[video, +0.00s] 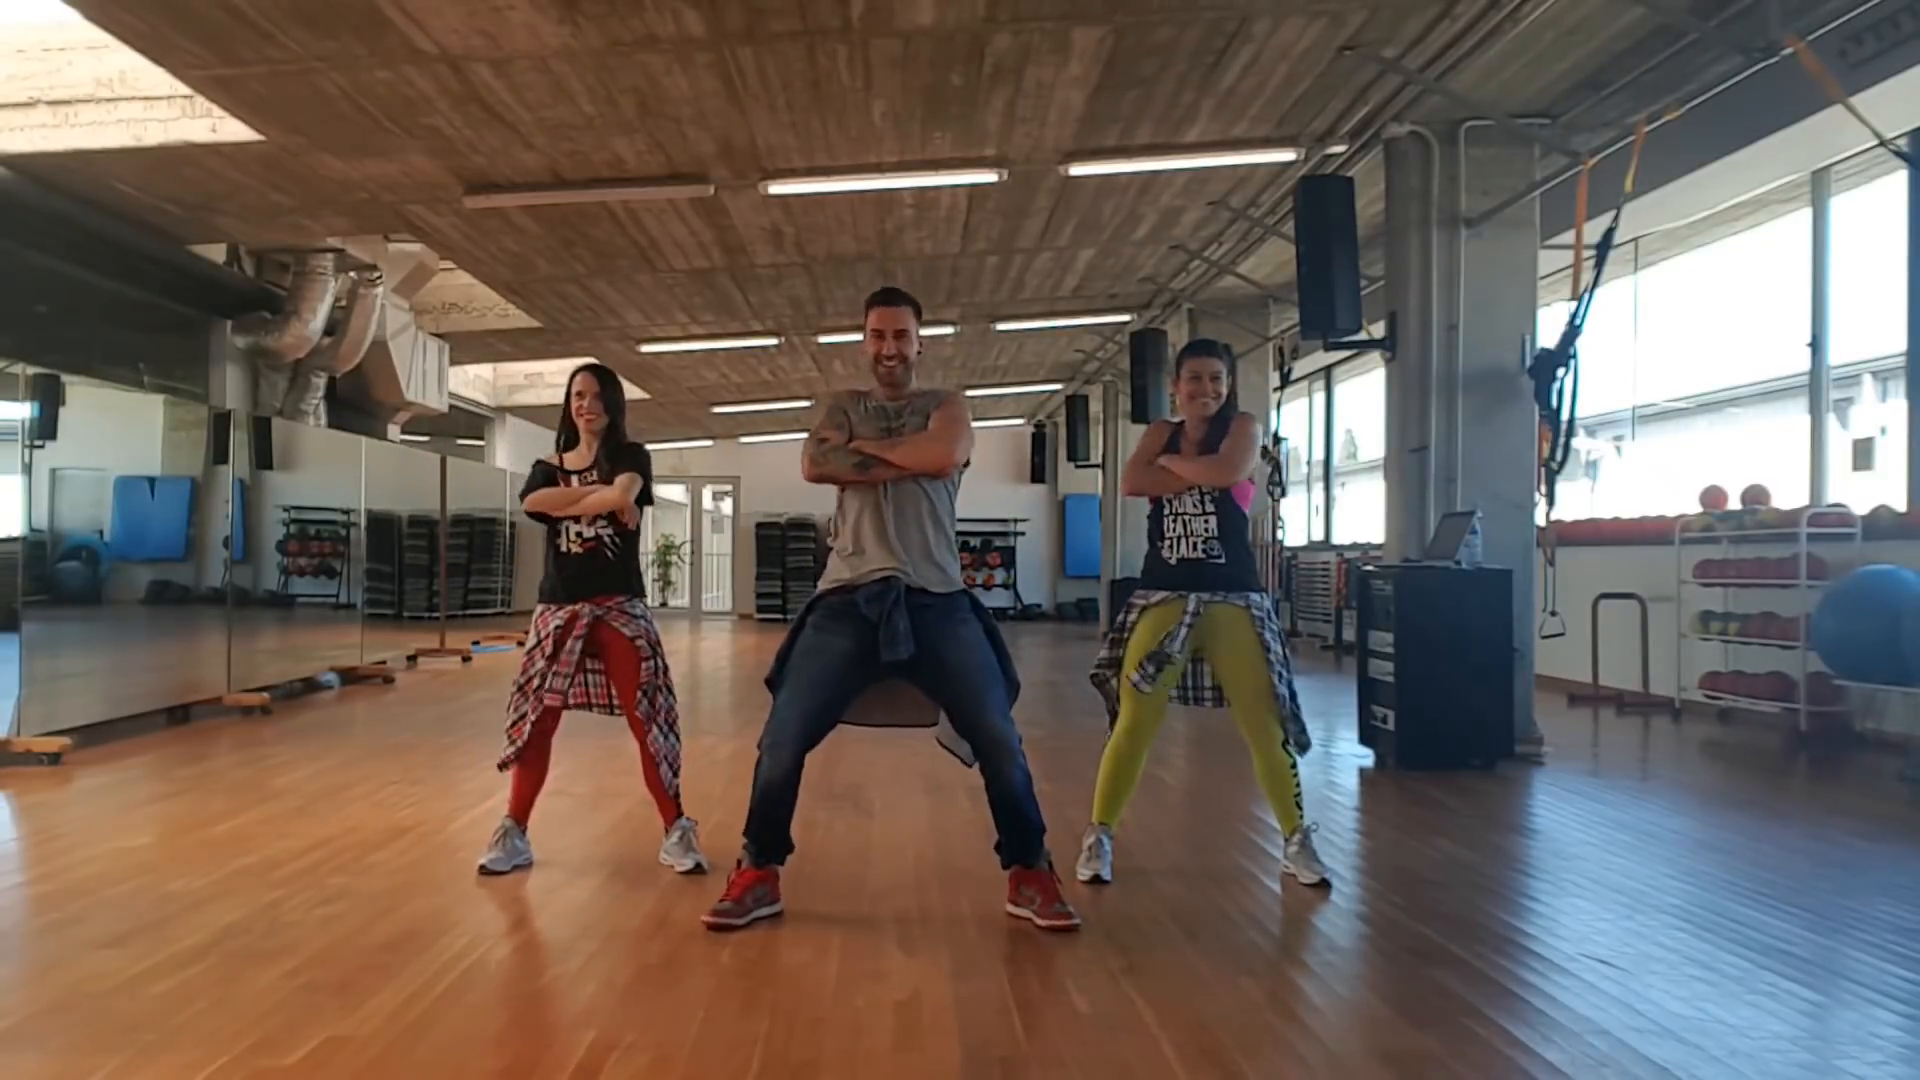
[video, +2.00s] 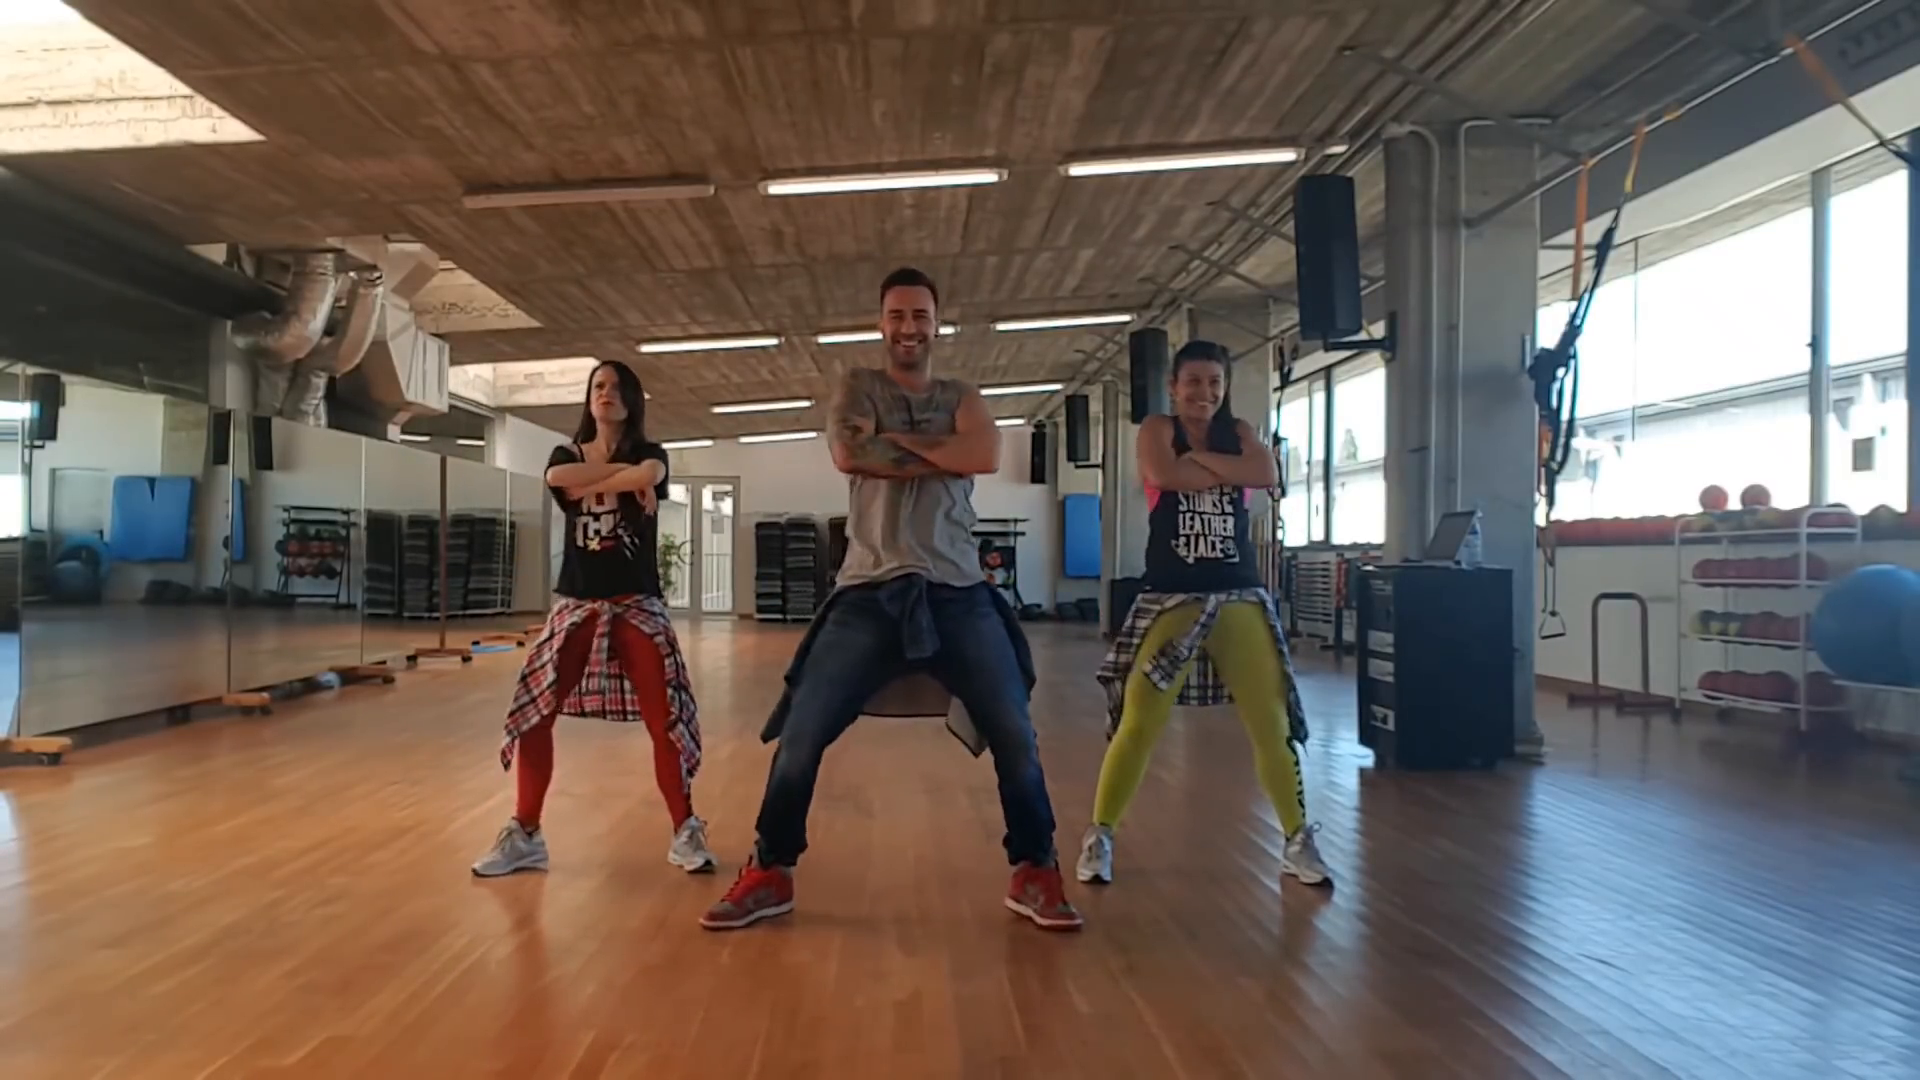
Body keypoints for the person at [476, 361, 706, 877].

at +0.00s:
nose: (586, 404)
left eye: (595, 397)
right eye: (578, 396)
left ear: (612, 404)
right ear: (568, 405)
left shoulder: (631, 455)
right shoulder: (550, 463)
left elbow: (619, 498)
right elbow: (532, 502)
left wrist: (561, 505)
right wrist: (601, 494)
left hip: (618, 602)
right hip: (558, 606)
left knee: (645, 713)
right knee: (539, 715)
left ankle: (676, 829)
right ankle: (514, 832)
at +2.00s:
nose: (606, 394)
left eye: (616, 388)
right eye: (599, 387)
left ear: (633, 400)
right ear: (588, 399)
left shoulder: (652, 455)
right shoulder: (568, 453)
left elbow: (643, 479)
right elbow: (557, 480)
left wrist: (587, 485)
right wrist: (628, 475)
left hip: (637, 602)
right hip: (575, 602)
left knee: (664, 719)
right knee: (533, 712)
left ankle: (686, 831)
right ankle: (526, 835)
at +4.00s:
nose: (619, 402)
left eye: (628, 393)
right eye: (613, 394)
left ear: (648, 401)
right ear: (604, 401)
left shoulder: (663, 462)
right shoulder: (583, 452)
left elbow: (662, 485)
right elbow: (569, 481)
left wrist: (597, 483)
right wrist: (639, 478)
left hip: (639, 603)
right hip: (578, 600)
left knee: (659, 719)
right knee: (548, 713)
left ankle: (686, 831)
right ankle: (520, 834)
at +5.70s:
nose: (609, 391)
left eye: (618, 383)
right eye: (600, 386)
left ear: (637, 396)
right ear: (590, 400)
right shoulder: (569, 458)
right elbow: (515, 494)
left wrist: (618, 545)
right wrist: (567, 499)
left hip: (641, 606)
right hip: (578, 607)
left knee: (670, 724)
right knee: (540, 716)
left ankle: (686, 833)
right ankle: (518, 834)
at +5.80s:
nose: (620, 389)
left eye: (628, 381)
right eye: (611, 384)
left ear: (648, 390)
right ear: (601, 397)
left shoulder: (665, 449)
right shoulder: (577, 450)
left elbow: (695, 464)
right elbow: (513, 452)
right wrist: (501, 452)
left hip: (659, 600)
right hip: (596, 601)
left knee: (676, 722)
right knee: (559, 714)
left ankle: (687, 832)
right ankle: (527, 831)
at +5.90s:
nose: (630, 392)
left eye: (638, 383)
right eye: (620, 387)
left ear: (656, 391)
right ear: (611, 400)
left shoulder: (677, 451)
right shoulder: (591, 454)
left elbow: (715, 438)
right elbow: (525, 450)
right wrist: (492, 398)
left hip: (673, 600)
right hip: (613, 598)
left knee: (686, 719)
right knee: (588, 709)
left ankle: (687, 831)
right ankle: (584, 812)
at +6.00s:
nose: (638, 403)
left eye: (646, 394)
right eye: (628, 397)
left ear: (664, 403)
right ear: (618, 409)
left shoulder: (679, 467)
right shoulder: (599, 469)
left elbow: (696, 458)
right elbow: (542, 477)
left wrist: (680, 392)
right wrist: (543, 411)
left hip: (681, 611)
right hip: (622, 614)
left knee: (701, 724)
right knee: (629, 722)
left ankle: (689, 830)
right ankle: (630, 820)